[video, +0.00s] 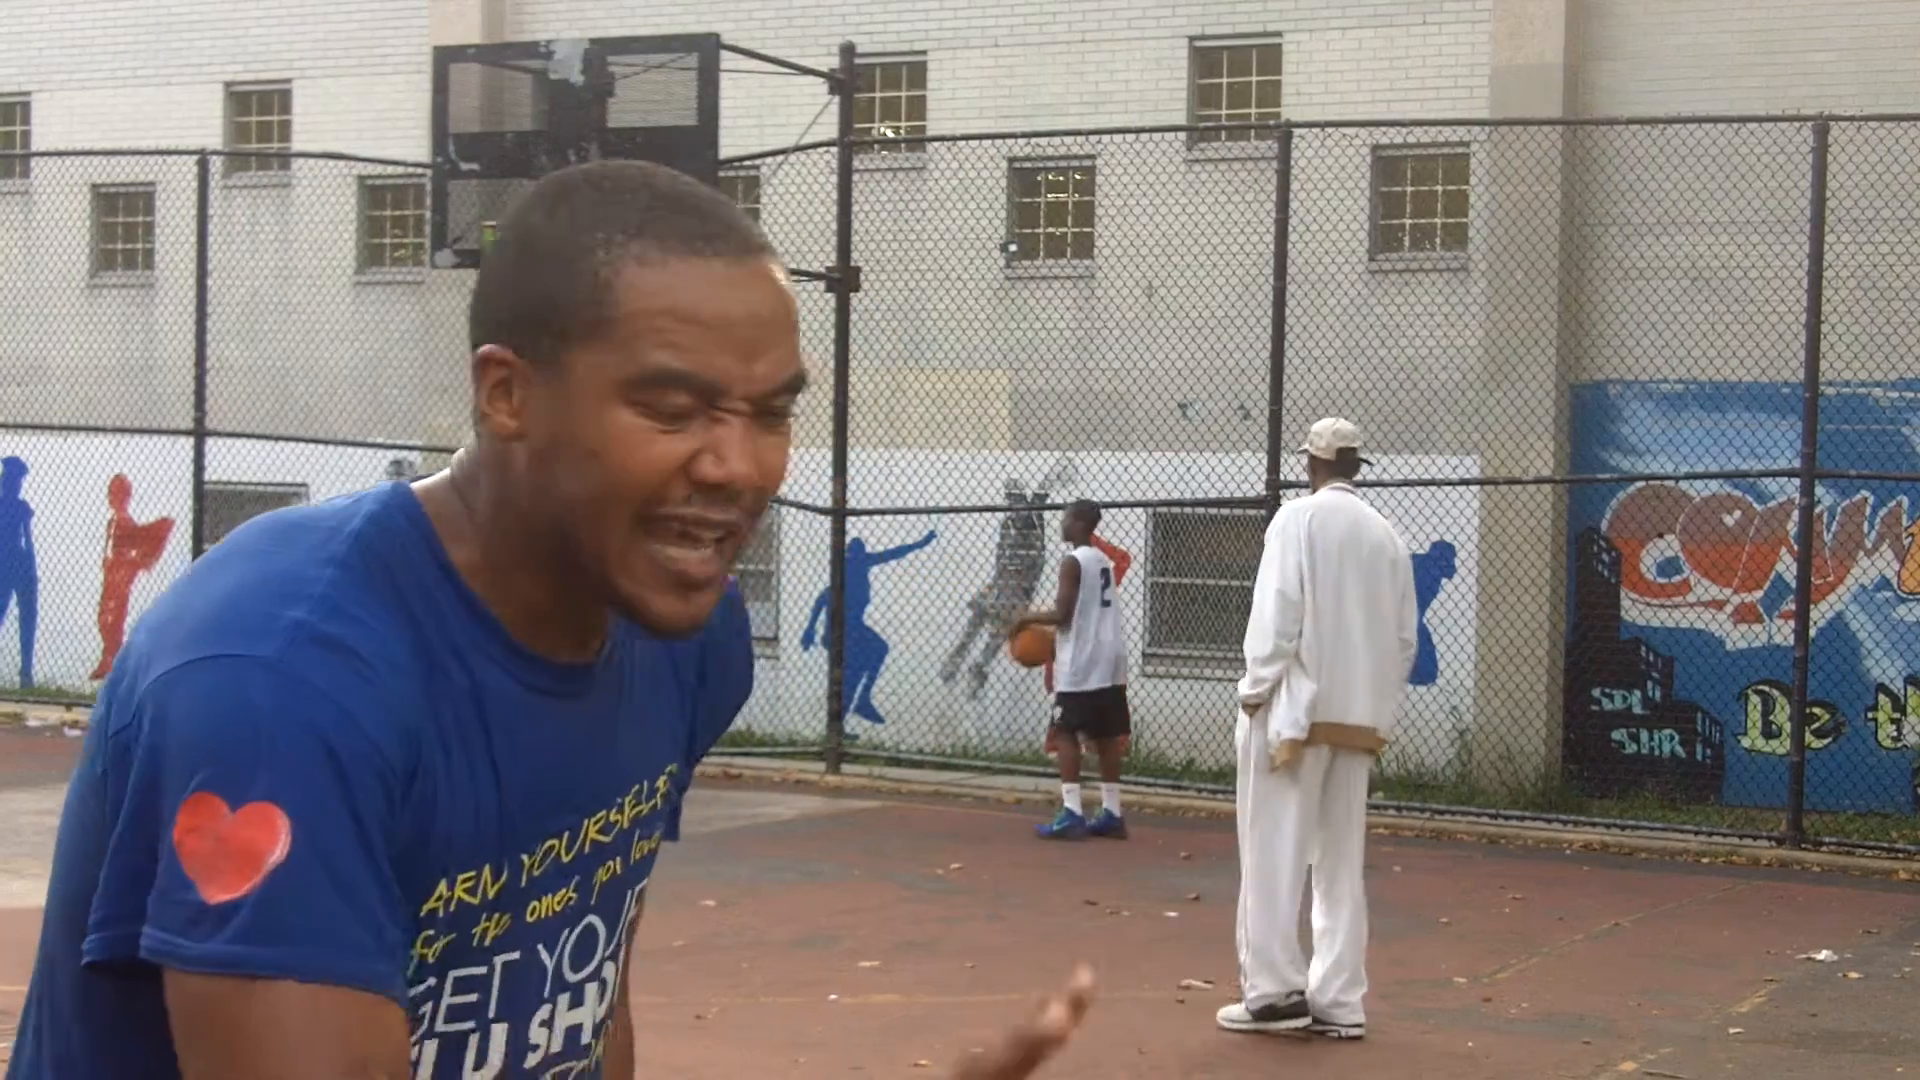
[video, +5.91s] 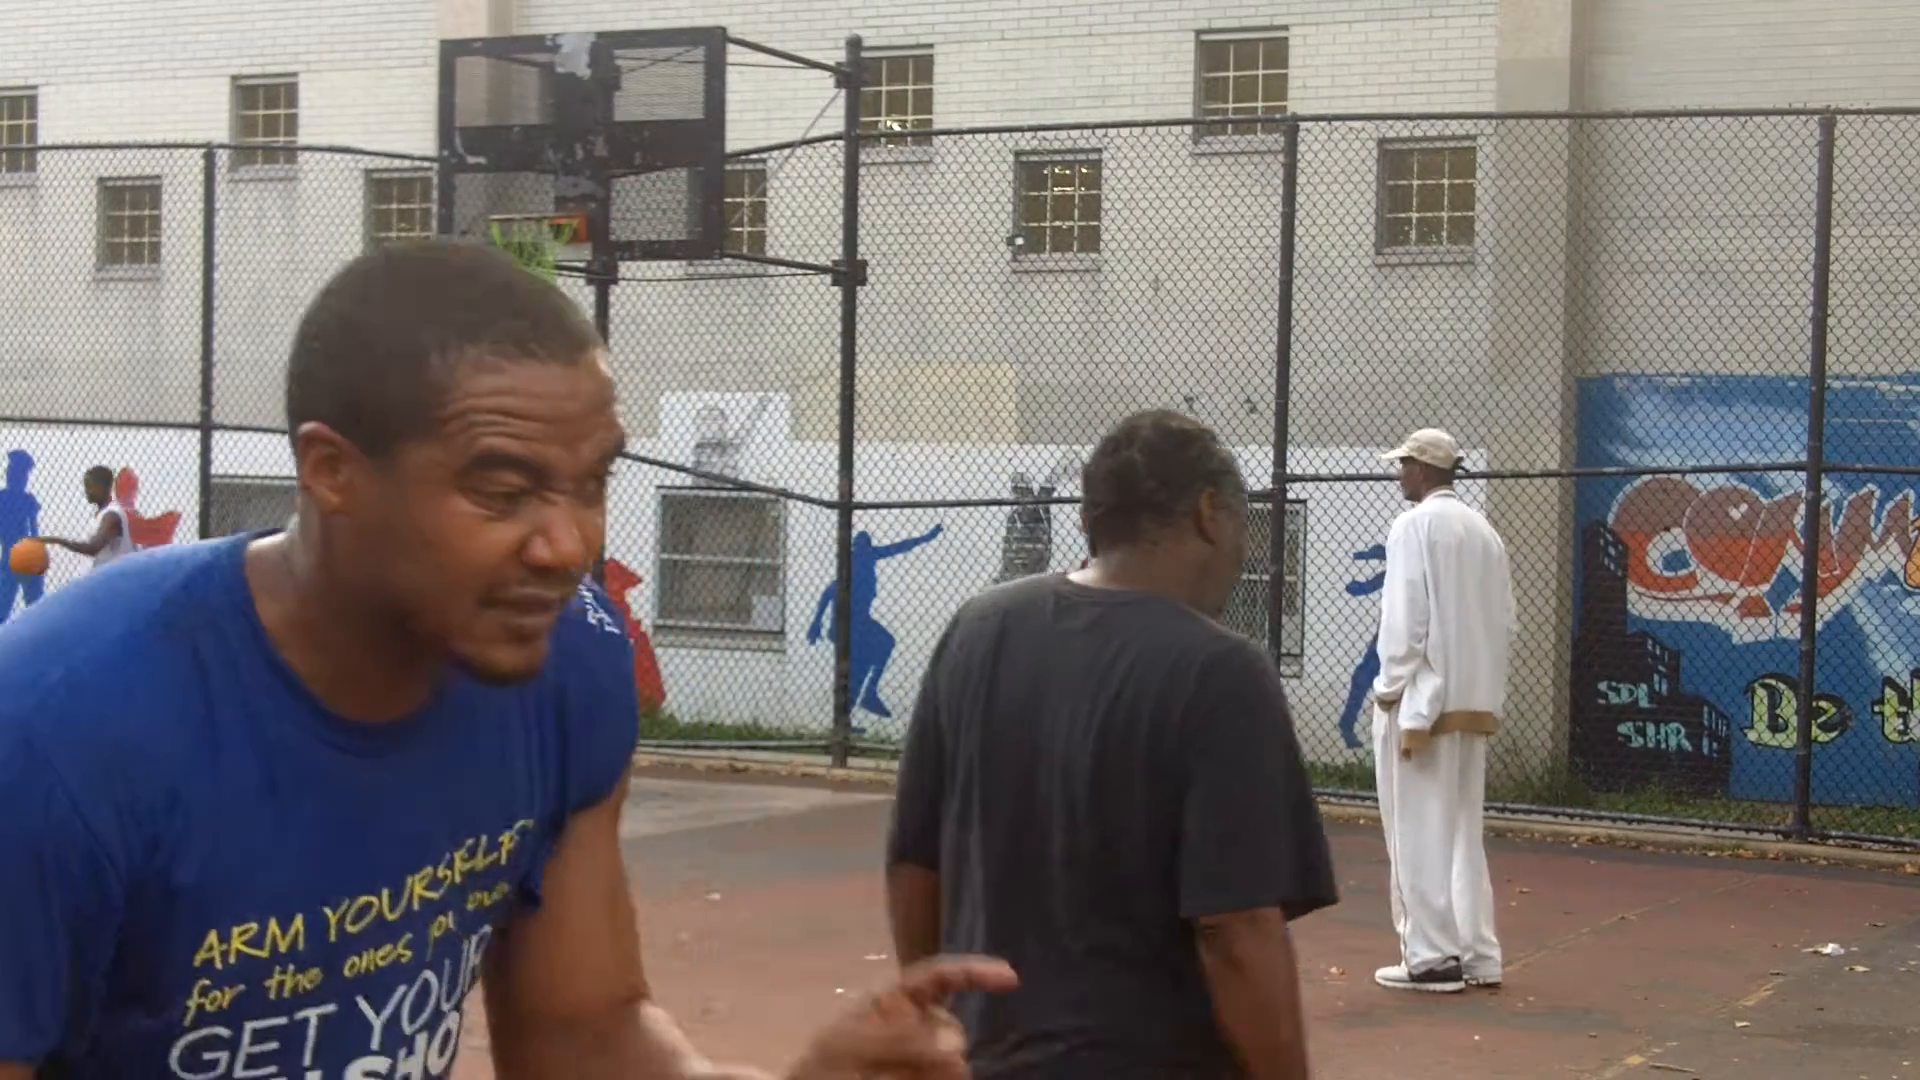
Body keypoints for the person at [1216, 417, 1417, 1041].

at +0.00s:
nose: (1304, 471)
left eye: (1306, 463)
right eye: (1311, 462)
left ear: (1313, 465)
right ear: (1358, 468)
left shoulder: (1297, 517)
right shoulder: (1390, 537)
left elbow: (1276, 618)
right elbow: (1405, 638)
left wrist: (1252, 695)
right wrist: (1382, 709)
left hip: (1292, 710)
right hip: (1359, 716)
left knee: (1272, 852)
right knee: (1340, 858)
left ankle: (1274, 991)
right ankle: (1340, 1004)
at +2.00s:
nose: (1360, 471)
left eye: (1346, 461)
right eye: (1375, 466)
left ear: (1336, 463)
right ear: (1383, 470)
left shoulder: (1290, 517)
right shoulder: (1395, 538)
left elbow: (1250, 613)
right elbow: (1396, 637)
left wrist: (1243, 690)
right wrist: (1390, 705)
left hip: (1277, 692)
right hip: (1350, 701)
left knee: (1266, 818)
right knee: (1339, 833)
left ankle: (1265, 942)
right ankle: (1321, 972)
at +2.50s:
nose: (1394, 478)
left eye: (1376, 466)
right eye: (1400, 472)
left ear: (1357, 469)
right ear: (1402, 475)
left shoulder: (1313, 522)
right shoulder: (1408, 538)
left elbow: (1277, 620)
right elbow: (1407, 635)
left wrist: (1286, 691)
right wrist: (1412, 704)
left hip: (1306, 698)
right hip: (1371, 704)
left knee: (1323, 827)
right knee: (1353, 832)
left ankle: (1358, 942)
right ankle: (1323, 965)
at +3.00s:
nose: (1399, 477)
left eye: (1380, 470)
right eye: (1404, 470)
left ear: (1364, 476)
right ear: (1408, 474)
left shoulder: (1333, 532)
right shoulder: (1434, 530)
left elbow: (1312, 629)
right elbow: (1447, 623)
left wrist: (1316, 703)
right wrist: (1461, 692)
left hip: (1349, 695)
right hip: (1417, 694)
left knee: (1354, 822)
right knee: (1424, 826)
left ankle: (1358, 950)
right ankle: (1382, 930)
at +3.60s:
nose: (1482, 482)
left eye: (1465, 470)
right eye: (1493, 476)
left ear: (1451, 472)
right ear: (1497, 479)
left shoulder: (1405, 520)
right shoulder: (1509, 542)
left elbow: (1367, 612)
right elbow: (1512, 634)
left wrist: (1361, 685)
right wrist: (1501, 698)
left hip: (1392, 688)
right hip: (1466, 696)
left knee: (1373, 818)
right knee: (1461, 827)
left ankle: (1365, 938)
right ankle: (1460, 960)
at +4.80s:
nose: (1396, 478)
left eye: (1400, 469)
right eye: (1397, 469)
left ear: (1419, 471)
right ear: (1447, 473)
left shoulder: (1405, 527)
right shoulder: (1490, 531)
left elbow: (1394, 624)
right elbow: (1515, 621)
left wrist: (1379, 693)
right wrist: (1500, 690)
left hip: (1420, 699)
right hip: (1478, 699)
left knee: (1416, 826)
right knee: (1472, 823)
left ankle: (1432, 957)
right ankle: (1473, 955)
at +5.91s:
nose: (1398, 477)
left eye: (1402, 469)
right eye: (1399, 468)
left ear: (1421, 470)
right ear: (1447, 472)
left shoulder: (1413, 525)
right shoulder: (1486, 531)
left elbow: (1404, 622)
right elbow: (1504, 622)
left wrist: (1387, 691)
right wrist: (1486, 689)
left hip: (1420, 697)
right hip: (1472, 699)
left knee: (1415, 827)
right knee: (1463, 824)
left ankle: (1430, 956)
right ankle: (1479, 954)